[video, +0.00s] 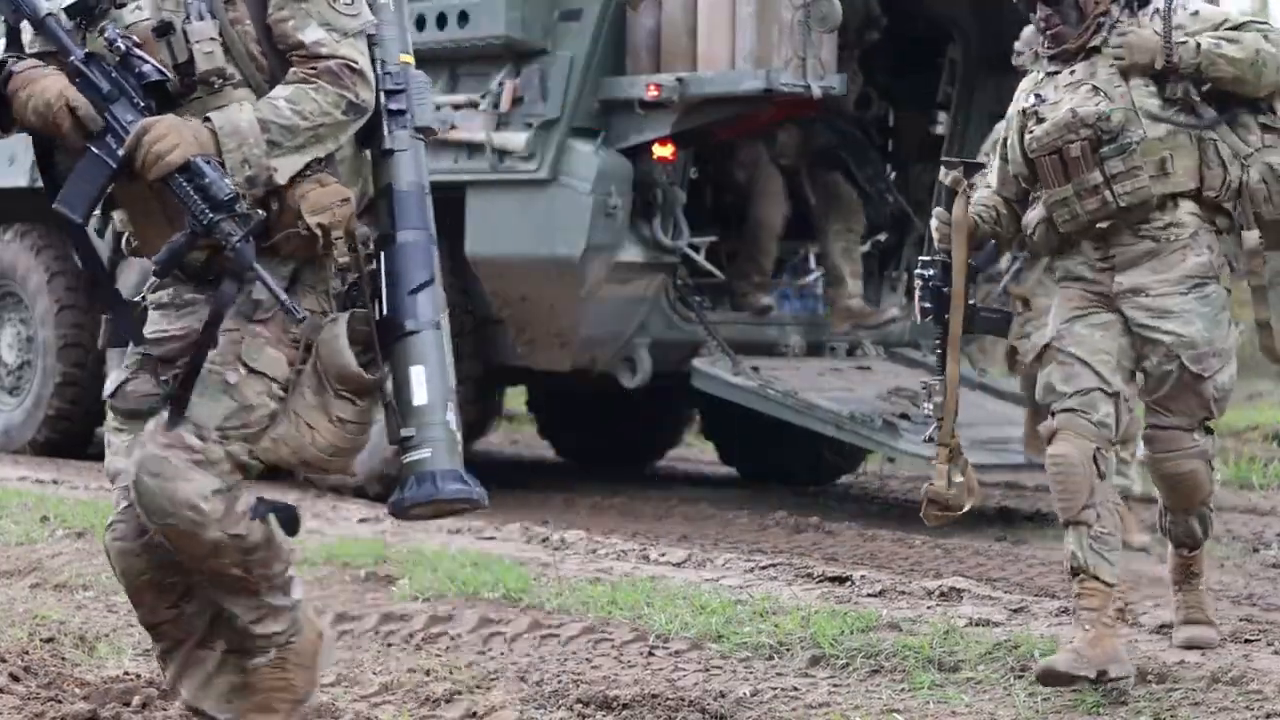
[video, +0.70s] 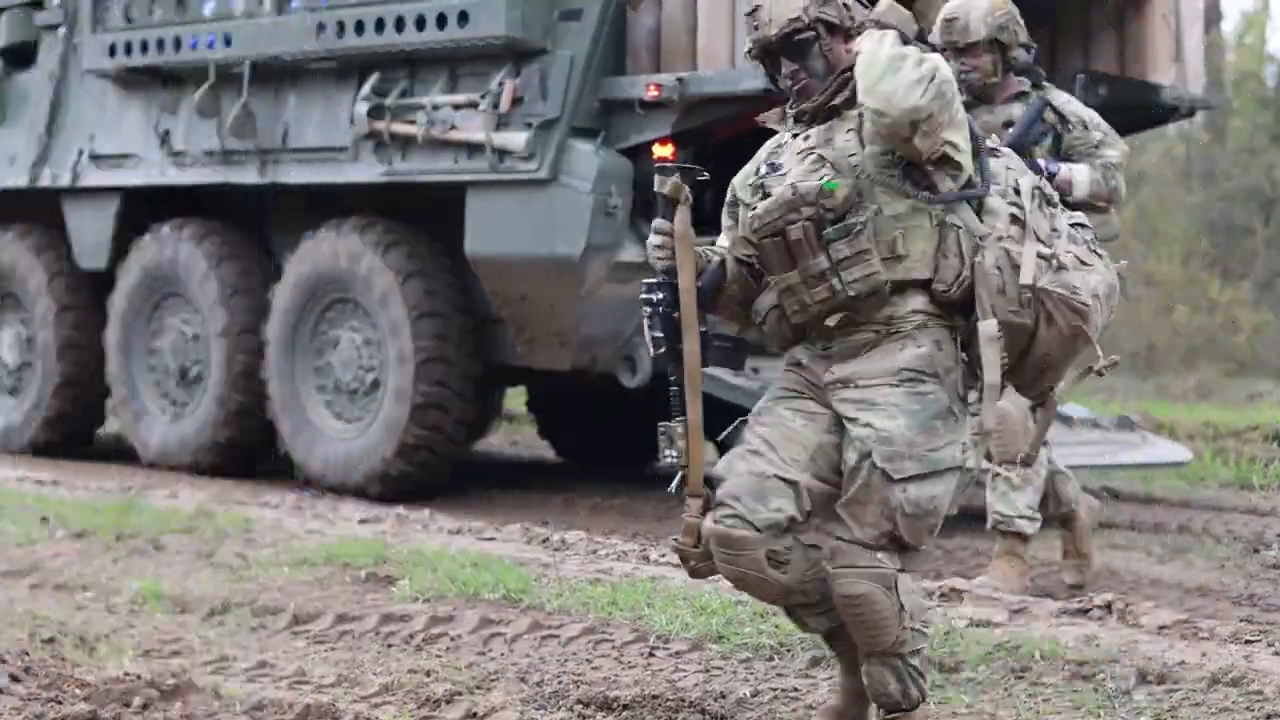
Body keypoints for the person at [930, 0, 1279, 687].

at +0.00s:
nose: (1051, 15)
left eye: (1064, 4)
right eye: (1043, 8)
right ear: (1037, 16)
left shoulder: (1167, 28)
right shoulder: (1032, 92)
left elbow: (1268, 60)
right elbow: (1000, 198)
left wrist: (1174, 51)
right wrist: (965, 210)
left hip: (1174, 263)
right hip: (1077, 277)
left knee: (1177, 453)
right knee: (1073, 451)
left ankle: (1189, 580)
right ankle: (1100, 629)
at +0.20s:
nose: (984, 56)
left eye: (997, 37)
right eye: (974, 46)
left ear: (1044, 25)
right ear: (967, 53)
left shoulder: (1112, 59)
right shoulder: (978, 133)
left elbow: (1223, 100)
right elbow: (950, 245)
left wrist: (1116, 87)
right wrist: (897, 247)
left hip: (1126, 302)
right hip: (1035, 319)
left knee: (1103, 488)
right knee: (1019, 503)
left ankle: (1174, 569)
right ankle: (1112, 662)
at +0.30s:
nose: (957, 59)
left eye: (967, 39)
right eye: (944, 49)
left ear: (1014, 26)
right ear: (938, 55)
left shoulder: (1078, 68)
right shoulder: (951, 132)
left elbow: (1187, 102)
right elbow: (925, 245)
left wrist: (1078, 61)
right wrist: (872, 255)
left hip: (1095, 301)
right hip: (1006, 325)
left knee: (1027, 477)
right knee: (1003, 513)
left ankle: (1109, 645)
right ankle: (1101, 664)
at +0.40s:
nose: (931, 46)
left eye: (943, 25)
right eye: (918, 36)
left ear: (990, 12)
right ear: (910, 43)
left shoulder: (1053, 64)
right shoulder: (917, 121)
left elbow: (1133, 83)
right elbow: (883, 232)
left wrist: (1052, 17)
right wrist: (837, 264)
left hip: (1058, 297)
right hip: (974, 318)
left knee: (979, 488)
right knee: (999, 498)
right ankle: (1114, 658)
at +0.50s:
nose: (891, 48)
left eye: (905, 26)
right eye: (877, 37)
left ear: (952, 15)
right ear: (868, 47)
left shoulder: (1010, 67)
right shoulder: (872, 123)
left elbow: (1072, 23)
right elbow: (831, 233)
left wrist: (1034, 23)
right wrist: (789, 266)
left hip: (1005, 312)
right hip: (917, 332)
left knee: (943, 504)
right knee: (948, 512)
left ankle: (929, 695)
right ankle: (1088, 638)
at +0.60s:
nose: (848, 65)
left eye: (860, 45)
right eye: (835, 56)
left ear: (907, 36)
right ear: (825, 69)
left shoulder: (955, 93)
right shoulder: (834, 142)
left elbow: (1004, 22)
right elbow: (797, 254)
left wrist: (967, 28)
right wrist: (747, 266)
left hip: (953, 334)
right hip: (868, 348)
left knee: (893, 554)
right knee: (839, 563)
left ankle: (907, 708)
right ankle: (992, 608)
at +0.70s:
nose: (792, 71)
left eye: (803, 50)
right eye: (779, 62)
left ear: (849, 44)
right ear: (770, 76)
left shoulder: (905, 112)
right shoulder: (762, 170)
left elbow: (907, 102)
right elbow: (758, 301)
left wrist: (877, 40)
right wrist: (701, 278)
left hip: (905, 353)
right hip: (805, 365)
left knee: (856, 558)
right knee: (744, 530)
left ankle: (899, 705)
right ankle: (856, 661)